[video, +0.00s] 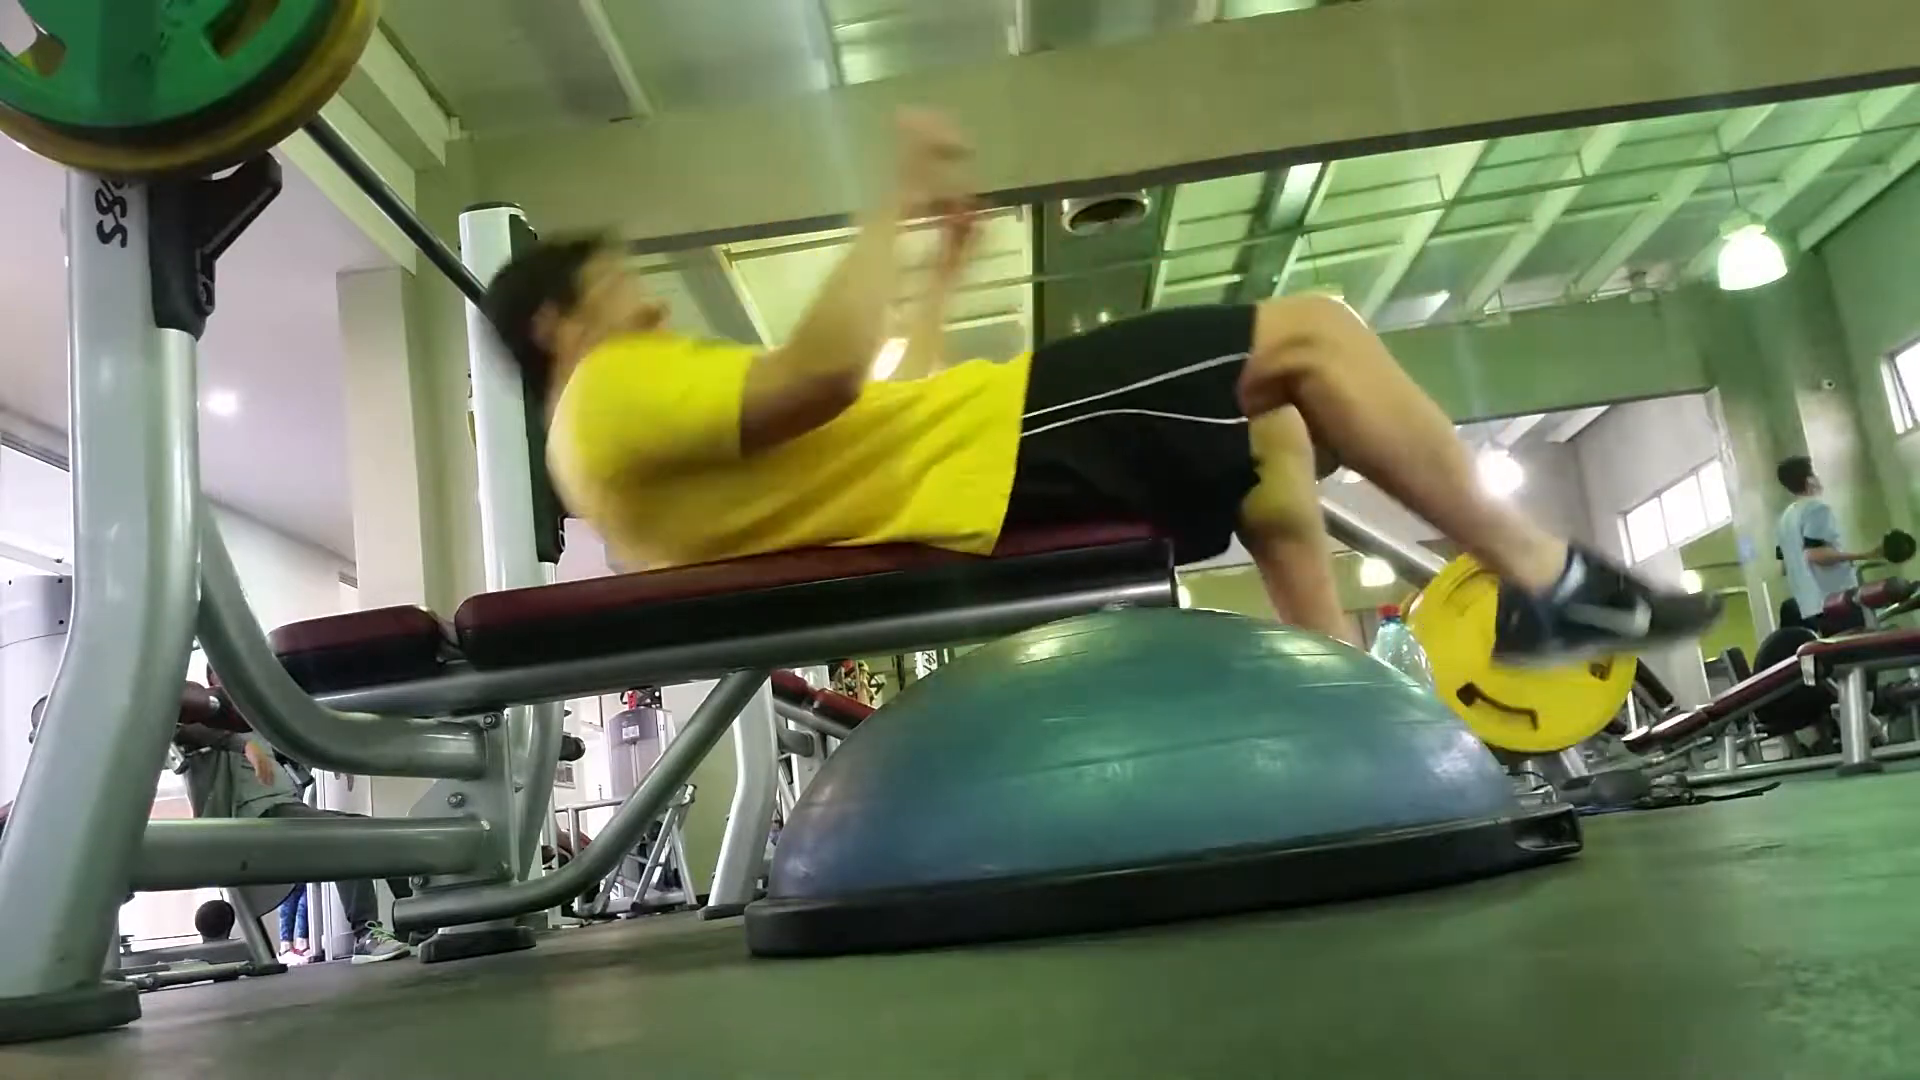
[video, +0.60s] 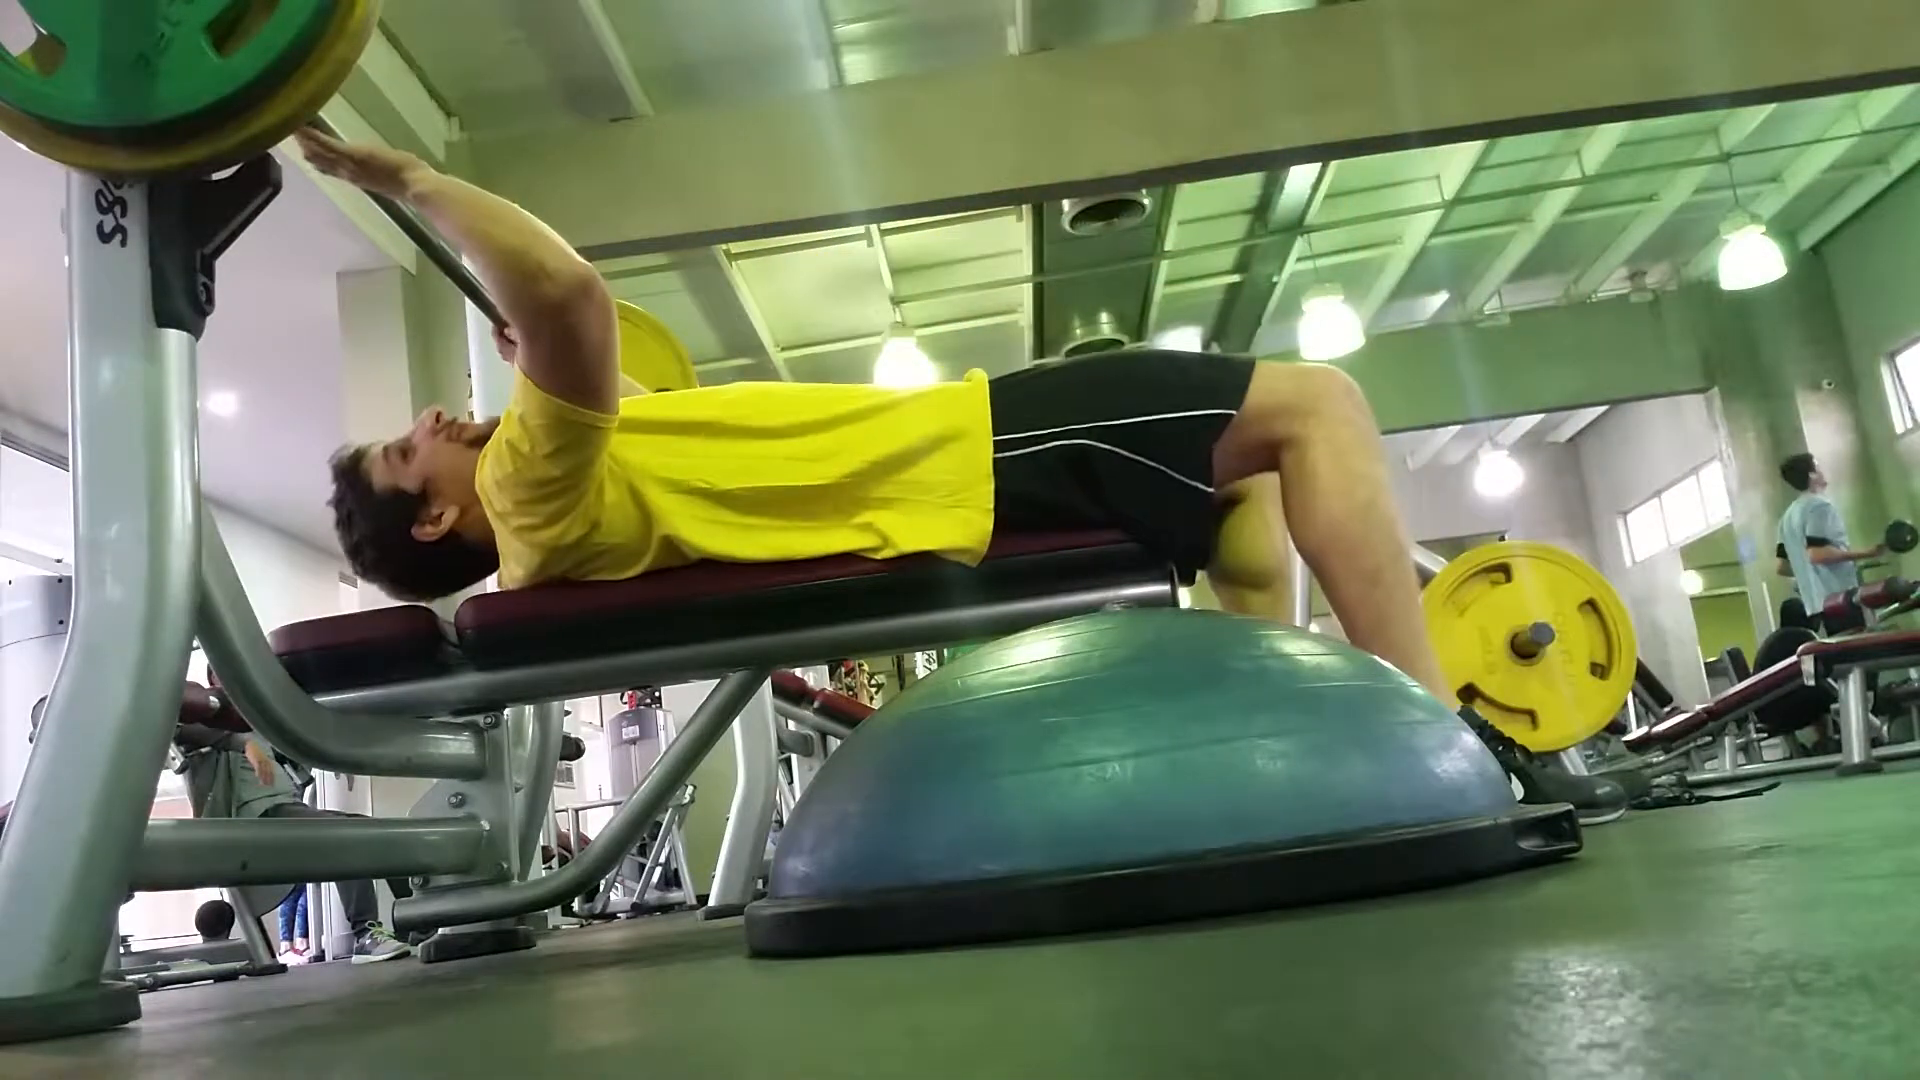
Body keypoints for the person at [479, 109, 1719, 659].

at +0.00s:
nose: (657, 290)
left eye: (644, 277)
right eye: (624, 281)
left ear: (567, 329)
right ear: (561, 317)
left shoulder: (634, 436)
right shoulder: (606, 393)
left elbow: (852, 429)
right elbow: (803, 382)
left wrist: (927, 302)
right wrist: (903, 226)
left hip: (976, 481)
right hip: (978, 437)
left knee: (1274, 456)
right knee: (1310, 328)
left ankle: (1350, 740)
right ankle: (1546, 575)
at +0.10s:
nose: (575, 339)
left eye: (553, 330)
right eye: (539, 343)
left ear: (505, 408)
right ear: (496, 410)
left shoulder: (601, 457)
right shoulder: (569, 455)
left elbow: (759, 409)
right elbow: (752, 391)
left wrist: (752, 293)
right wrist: (740, 229)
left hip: (972, 450)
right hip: (973, 437)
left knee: (1253, 412)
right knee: (1295, 316)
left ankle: (1340, 667)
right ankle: (1547, 541)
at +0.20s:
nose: (500, 363)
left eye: (480, 357)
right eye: (474, 373)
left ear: (462, 465)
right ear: (458, 440)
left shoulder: (555, 520)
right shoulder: (544, 455)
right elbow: (683, 354)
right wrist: (564, 230)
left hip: (943, 507)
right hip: (951, 441)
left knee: (1239, 424)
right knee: (1280, 318)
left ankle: (1327, 685)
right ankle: (1517, 567)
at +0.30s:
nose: (460, 375)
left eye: (435, 379)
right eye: (430, 401)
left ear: (453, 470)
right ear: (444, 464)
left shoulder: (552, 490)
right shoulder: (539, 471)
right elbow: (617, 325)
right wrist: (462, 251)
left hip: (950, 492)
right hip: (941, 446)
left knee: (1248, 473)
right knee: (1282, 355)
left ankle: (1244, 738)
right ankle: (1473, 644)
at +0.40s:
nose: (472, 380)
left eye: (449, 383)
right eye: (444, 406)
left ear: (457, 466)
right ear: (446, 485)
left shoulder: (569, 473)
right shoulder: (536, 490)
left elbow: (631, 343)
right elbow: (570, 300)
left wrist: (449, 228)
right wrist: (397, 200)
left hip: (950, 471)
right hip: (956, 450)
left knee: (1241, 490)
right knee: (1299, 399)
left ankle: (1259, 763)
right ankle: (1438, 734)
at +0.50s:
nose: (454, 399)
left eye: (431, 402)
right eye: (430, 423)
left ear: (457, 440)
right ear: (437, 497)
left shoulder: (563, 466)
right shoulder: (537, 495)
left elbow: (615, 334)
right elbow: (556, 290)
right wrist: (387, 178)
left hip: (949, 463)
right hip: (954, 459)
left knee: (1245, 518)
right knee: (1311, 409)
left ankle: (1258, 766)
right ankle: (1435, 744)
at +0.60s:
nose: (450, 414)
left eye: (430, 420)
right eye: (426, 438)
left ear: (454, 494)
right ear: (439, 512)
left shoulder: (559, 491)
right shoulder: (542, 509)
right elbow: (562, 301)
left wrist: (807, 671)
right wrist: (407, 180)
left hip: (950, 470)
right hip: (951, 451)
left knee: (1247, 510)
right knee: (1307, 402)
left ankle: (1248, 779)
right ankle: (1438, 745)